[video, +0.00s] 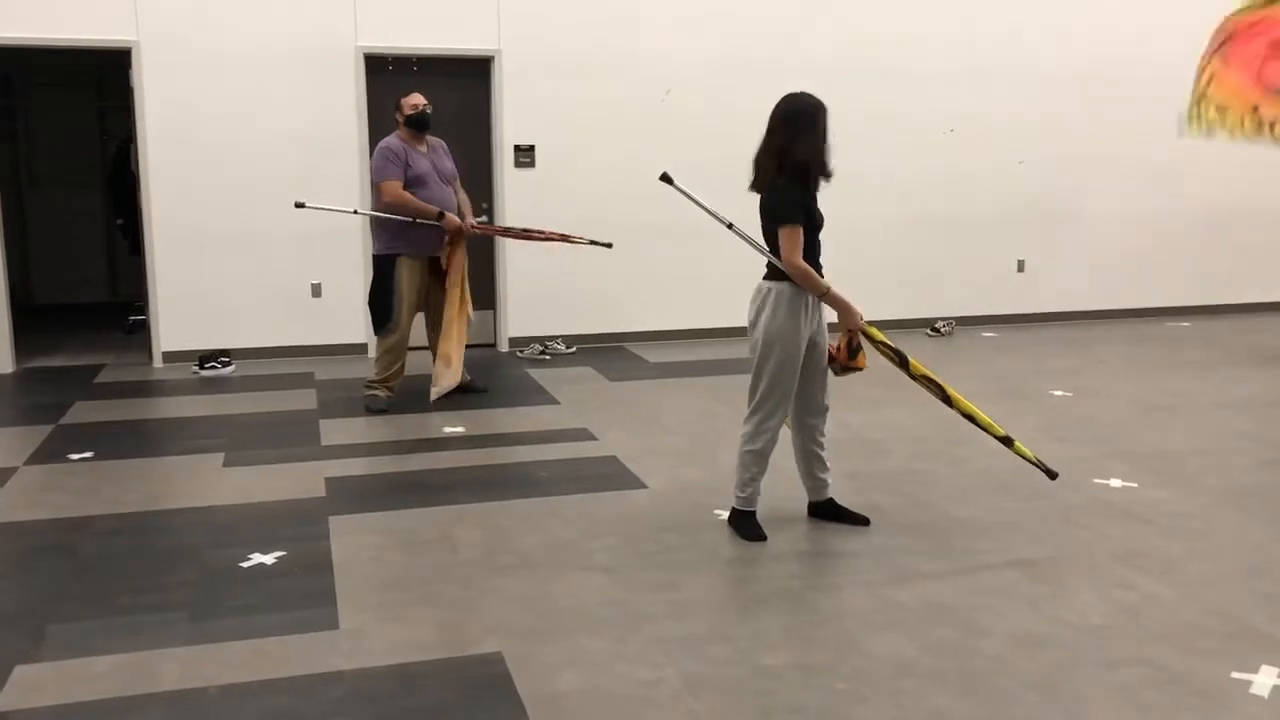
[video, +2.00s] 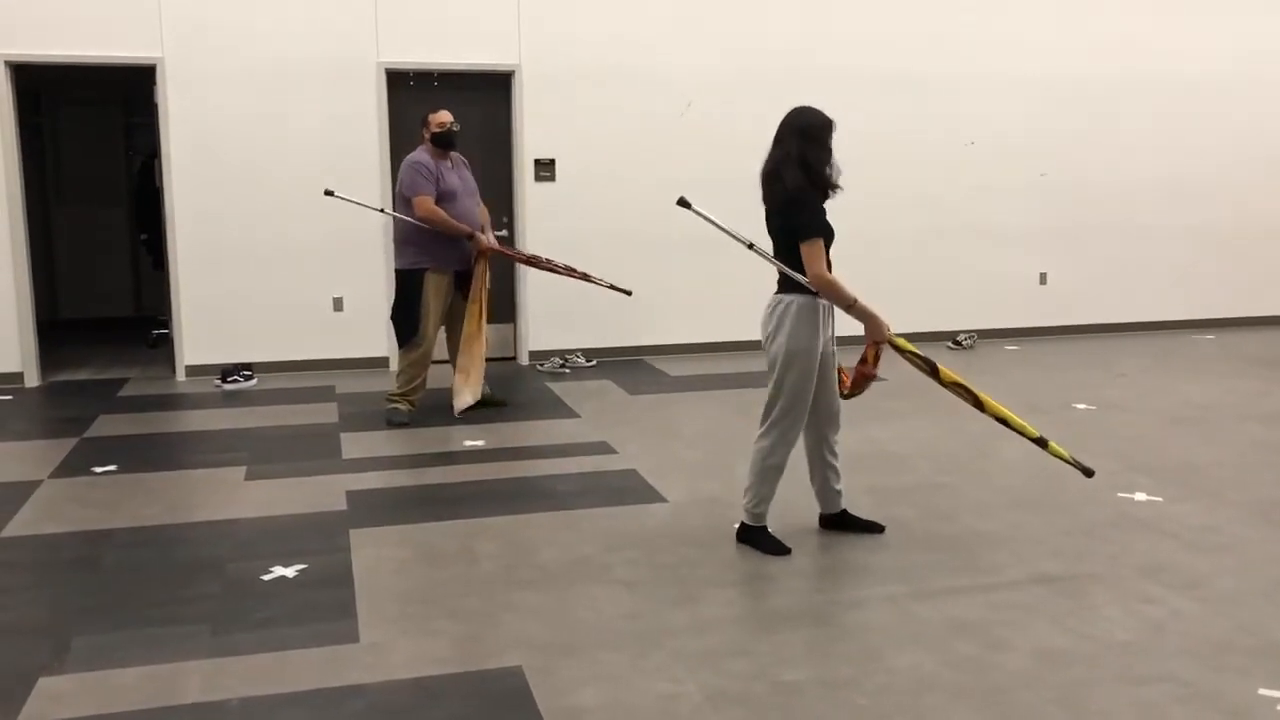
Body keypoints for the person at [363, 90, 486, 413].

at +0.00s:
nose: (422, 111)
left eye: (426, 107)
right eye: (414, 108)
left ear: (431, 113)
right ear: (400, 116)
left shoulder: (439, 147)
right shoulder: (389, 148)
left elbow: (457, 190)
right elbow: (390, 197)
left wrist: (468, 216)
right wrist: (440, 215)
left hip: (442, 249)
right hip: (402, 252)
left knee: (447, 317)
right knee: (396, 325)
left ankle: (452, 378)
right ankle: (379, 389)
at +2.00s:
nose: (449, 131)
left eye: (452, 126)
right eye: (442, 126)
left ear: (457, 130)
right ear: (427, 132)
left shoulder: (460, 162)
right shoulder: (417, 163)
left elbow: (478, 206)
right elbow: (424, 210)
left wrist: (487, 233)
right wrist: (471, 234)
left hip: (463, 263)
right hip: (425, 266)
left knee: (467, 333)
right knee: (420, 338)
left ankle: (471, 392)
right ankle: (401, 402)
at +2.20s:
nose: (449, 128)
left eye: (452, 124)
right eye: (441, 124)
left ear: (457, 128)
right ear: (426, 131)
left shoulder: (462, 161)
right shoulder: (415, 162)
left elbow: (483, 203)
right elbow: (423, 209)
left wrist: (485, 231)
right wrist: (469, 235)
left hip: (464, 262)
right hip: (425, 265)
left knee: (468, 332)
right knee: (419, 338)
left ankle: (472, 393)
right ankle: (401, 401)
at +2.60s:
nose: (452, 129)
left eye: (455, 125)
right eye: (445, 125)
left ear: (461, 129)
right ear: (430, 132)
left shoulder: (466, 162)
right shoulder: (419, 164)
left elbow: (488, 203)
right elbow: (426, 212)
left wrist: (488, 233)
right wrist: (471, 237)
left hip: (468, 262)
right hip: (429, 266)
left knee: (472, 331)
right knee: (424, 339)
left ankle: (477, 391)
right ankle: (407, 401)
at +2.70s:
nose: (454, 128)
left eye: (457, 123)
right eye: (446, 124)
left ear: (462, 129)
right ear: (431, 132)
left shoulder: (467, 162)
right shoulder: (421, 164)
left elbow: (487, 204)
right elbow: (428, 212)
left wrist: (489, 237)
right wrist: (474, 237)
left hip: (469, 263)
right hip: (431, 266)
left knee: (474, 332)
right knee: (425, 339)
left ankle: (478, 392)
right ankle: (408, 402)